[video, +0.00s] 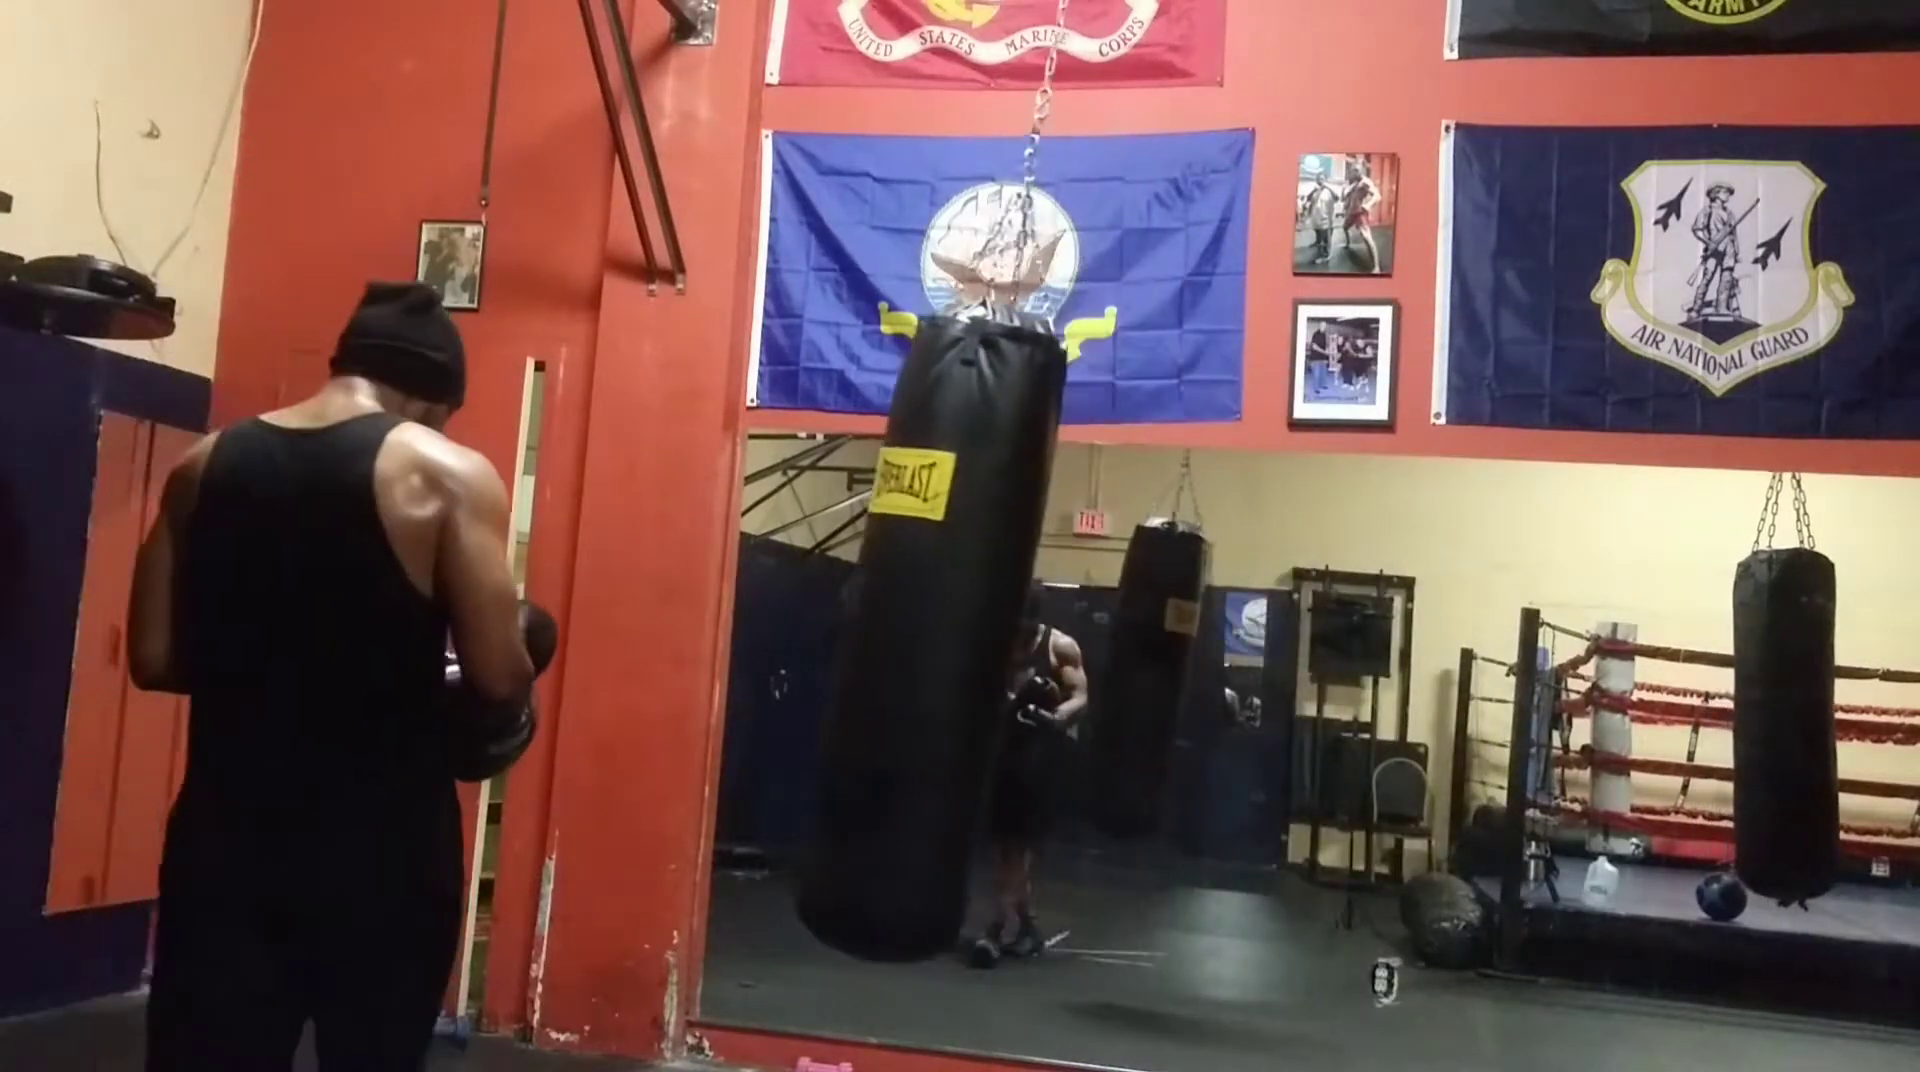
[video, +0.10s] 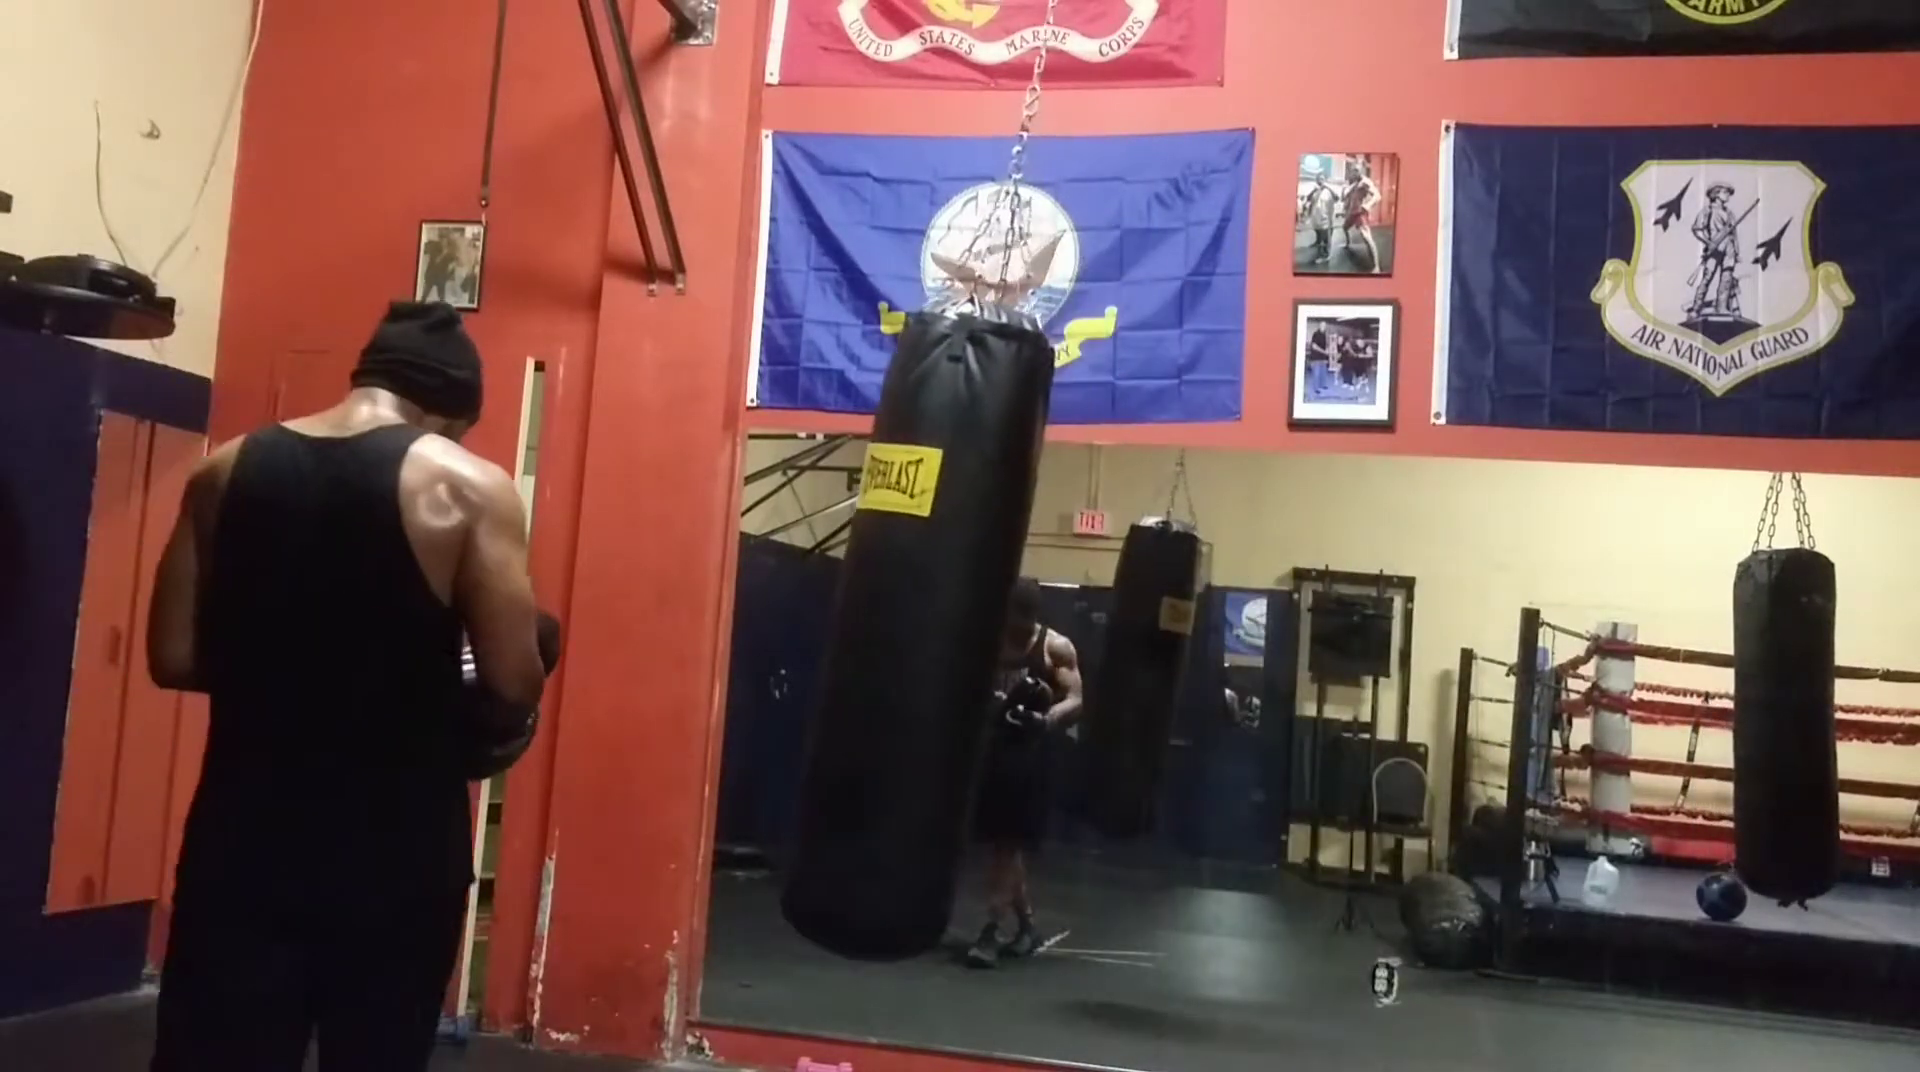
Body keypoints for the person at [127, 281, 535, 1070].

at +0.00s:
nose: (440, 427)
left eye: (441, 416)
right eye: (444, 415)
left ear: (342, 366)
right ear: (434, 400)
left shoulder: (204, 465)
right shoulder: (452, 477)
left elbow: (153, 657)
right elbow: (499, 675)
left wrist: (273, 662)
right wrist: (523, 636)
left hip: (223, 853)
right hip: (383, 866)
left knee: (207, 1055)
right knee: (373, 1054)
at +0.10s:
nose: (452, 441)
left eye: (454, 430)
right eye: (457, 430)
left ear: (361, 379)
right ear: (452, 414)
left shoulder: (225, 471)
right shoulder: (473, 490)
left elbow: (173, 656)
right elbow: (514, 679)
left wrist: (291, 665)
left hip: (239, 851)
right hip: (393, 868)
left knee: (215, 1054)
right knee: (374, 1054)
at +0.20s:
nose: (474, 439)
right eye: (475, 424)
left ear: (378, 379)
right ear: (472, 413)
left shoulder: (250, 467)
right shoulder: (493, 497)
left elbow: (189, 648)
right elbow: (526, 683)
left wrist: (301, 666)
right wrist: (461, 747)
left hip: (255, 851)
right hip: (404, 871)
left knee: (230, 1051)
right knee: (384, 1053)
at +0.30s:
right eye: (487, 414)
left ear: (389, 384)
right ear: (485, 413)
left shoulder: (271, 471)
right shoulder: (513, 504)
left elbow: (204, 647)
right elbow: (543, 684)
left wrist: (318, 662)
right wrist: (468, 732)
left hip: (271, 861)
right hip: (423, 882)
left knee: (239, 1053)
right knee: (407, 1054)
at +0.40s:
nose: (492, 430)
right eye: (493, 416)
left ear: (399, 392)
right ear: (494, 419)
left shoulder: (286, 480)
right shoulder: (525, 512)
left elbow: (220, 653)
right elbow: (557, 688)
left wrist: (330, 660)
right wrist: (473, 730)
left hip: (289, 850)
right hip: (433, 871)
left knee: (268, 1050)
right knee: (416, 1051)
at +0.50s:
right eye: (501, 415)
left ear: (407, 396)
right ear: (501, 420)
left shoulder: (301, 477)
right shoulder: (538, 513)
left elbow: (231, 646)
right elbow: (560, 686)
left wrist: (337, 650)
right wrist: (474, 723)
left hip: (300, 830)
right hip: (443, 851)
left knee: (271, 1044)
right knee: (423, 1052)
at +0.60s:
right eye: (504, 414)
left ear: (413, 400)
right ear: (503, 422)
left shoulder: (309, 476)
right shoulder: (542, 510)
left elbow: (231, 634)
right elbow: (567, 680)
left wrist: (336, 641)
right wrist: (489, 710)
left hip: (309, 826)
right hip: (447, 844)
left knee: (281, 1044)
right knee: (413, 1057)